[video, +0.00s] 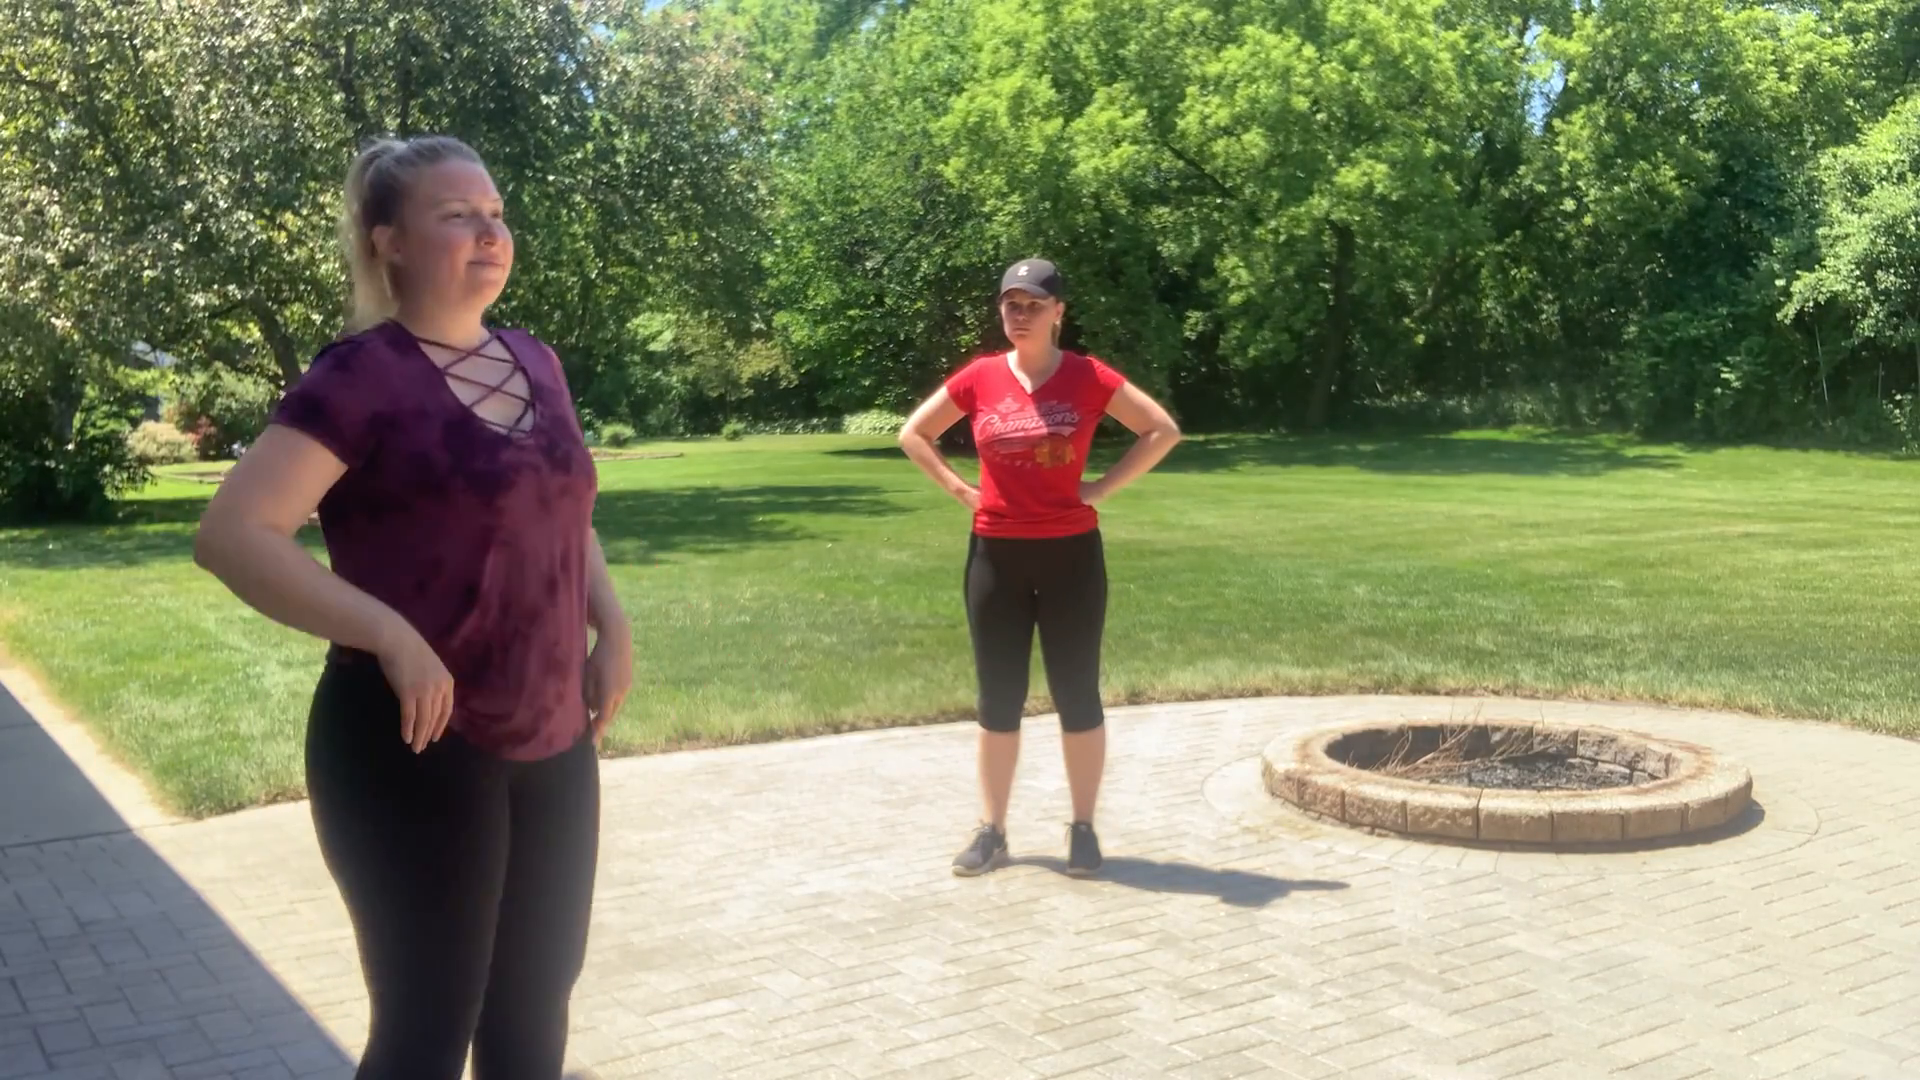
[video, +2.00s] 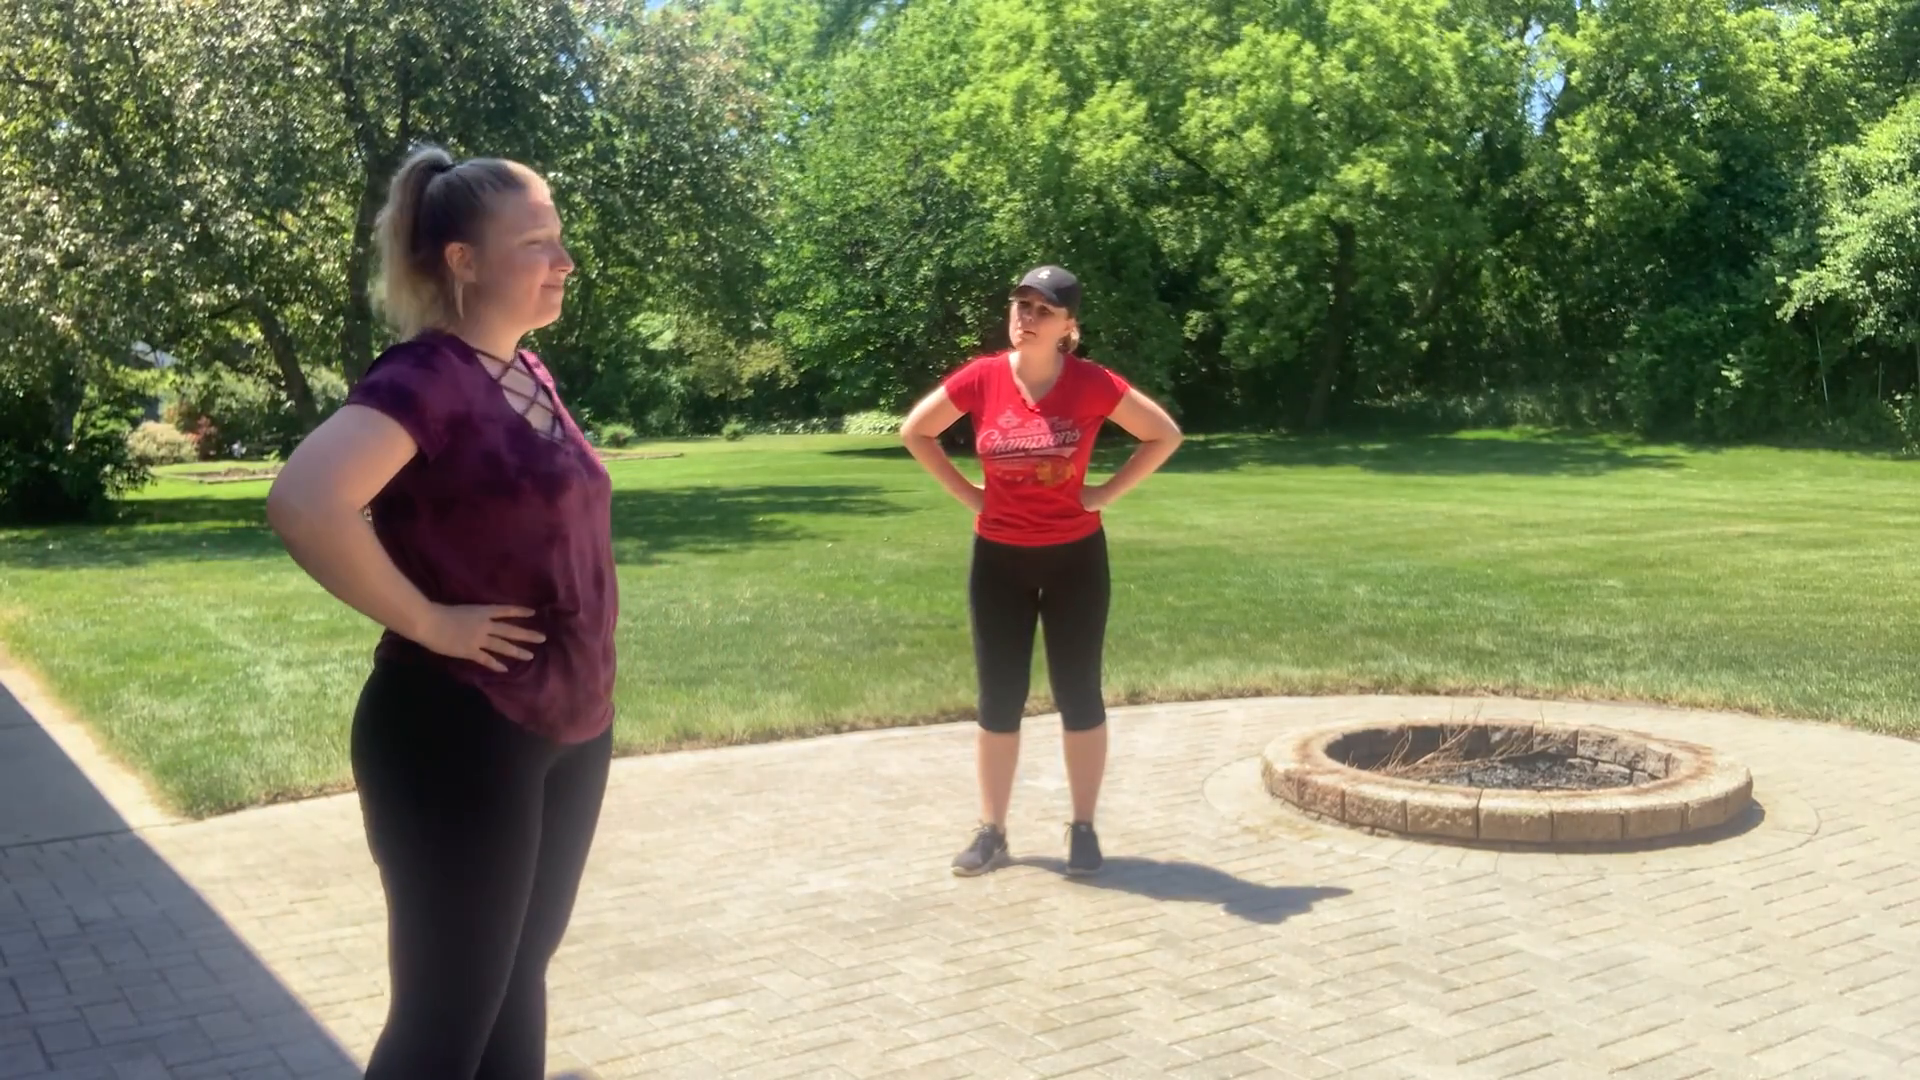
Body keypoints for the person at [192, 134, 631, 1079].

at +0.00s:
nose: (491, 238)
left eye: (498, 218)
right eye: (458, 220)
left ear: (510, 235)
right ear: (387, 244)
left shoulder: (537, 362)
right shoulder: (360, 376)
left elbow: (563, 519)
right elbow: (230, 534)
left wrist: (613, 622)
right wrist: (388, 629)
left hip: (552, 730)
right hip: (414, 738)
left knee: (530, 1035)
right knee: (424, 1041)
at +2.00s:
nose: (563, 260)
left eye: (560, 240)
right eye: (538, 243)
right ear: (462, 261)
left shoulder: (528, 370)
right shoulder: (426, 377)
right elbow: (306, 501)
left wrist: (560, 600)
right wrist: (425, 619)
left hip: (566, 717)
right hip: (462, 726)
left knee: (519, 984)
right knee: (444, 1019)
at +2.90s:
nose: (508, 254)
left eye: (510, 233)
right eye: (474, 243)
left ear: (522, 243)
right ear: (417, 275)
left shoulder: (570, 353)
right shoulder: (402, 361)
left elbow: (582, 478)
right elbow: (294, 506)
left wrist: (646, 514)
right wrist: (411, 597)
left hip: (585, 713)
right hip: (452, 721)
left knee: (534, 983)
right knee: (463, 1017)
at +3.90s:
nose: (543, 262)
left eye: (535, 240)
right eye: (528, 240)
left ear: (469, 257)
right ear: (477, 251)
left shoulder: (485, 377)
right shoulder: (432, 367)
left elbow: (493, 551)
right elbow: (405, 553)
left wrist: (615, 602)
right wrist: (539, 657)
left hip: (535, 720)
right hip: (464, 727)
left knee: (508, 1005)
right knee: (479, 1024)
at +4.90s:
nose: (553, 270)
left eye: (548, 248)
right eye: (545, 247)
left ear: (466, 261)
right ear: (507, 256)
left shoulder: (486, 380)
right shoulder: (455, 388)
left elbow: (482, 585)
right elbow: (444, 594)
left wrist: (556, 737)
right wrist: (530, 758)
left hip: (535, 735)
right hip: (480, 740)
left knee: (513, 1018)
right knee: (482, 1031)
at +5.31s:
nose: (571, 263)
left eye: (565, 241)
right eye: (559, 241)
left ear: (503, 263)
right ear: (513, 259)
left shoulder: (526, 372)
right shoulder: (453, 384)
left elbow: (546, 550)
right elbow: (426, 596)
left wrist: (618, 657)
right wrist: (483, 767)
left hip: (574, 726)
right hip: (491, 734)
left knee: (531, 998)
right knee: (475, 1023)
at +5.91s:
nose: (607, 284)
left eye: (606, 264)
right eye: (602, 263)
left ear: (537, 268)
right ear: (559, 266)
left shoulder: (570, 376)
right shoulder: (456, 387)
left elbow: (585, 557)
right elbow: (433, 592)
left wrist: (656, 665)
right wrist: (507, 755)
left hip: (590, 732)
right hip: (481, 738)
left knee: (546, 998)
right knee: (471, 1022)